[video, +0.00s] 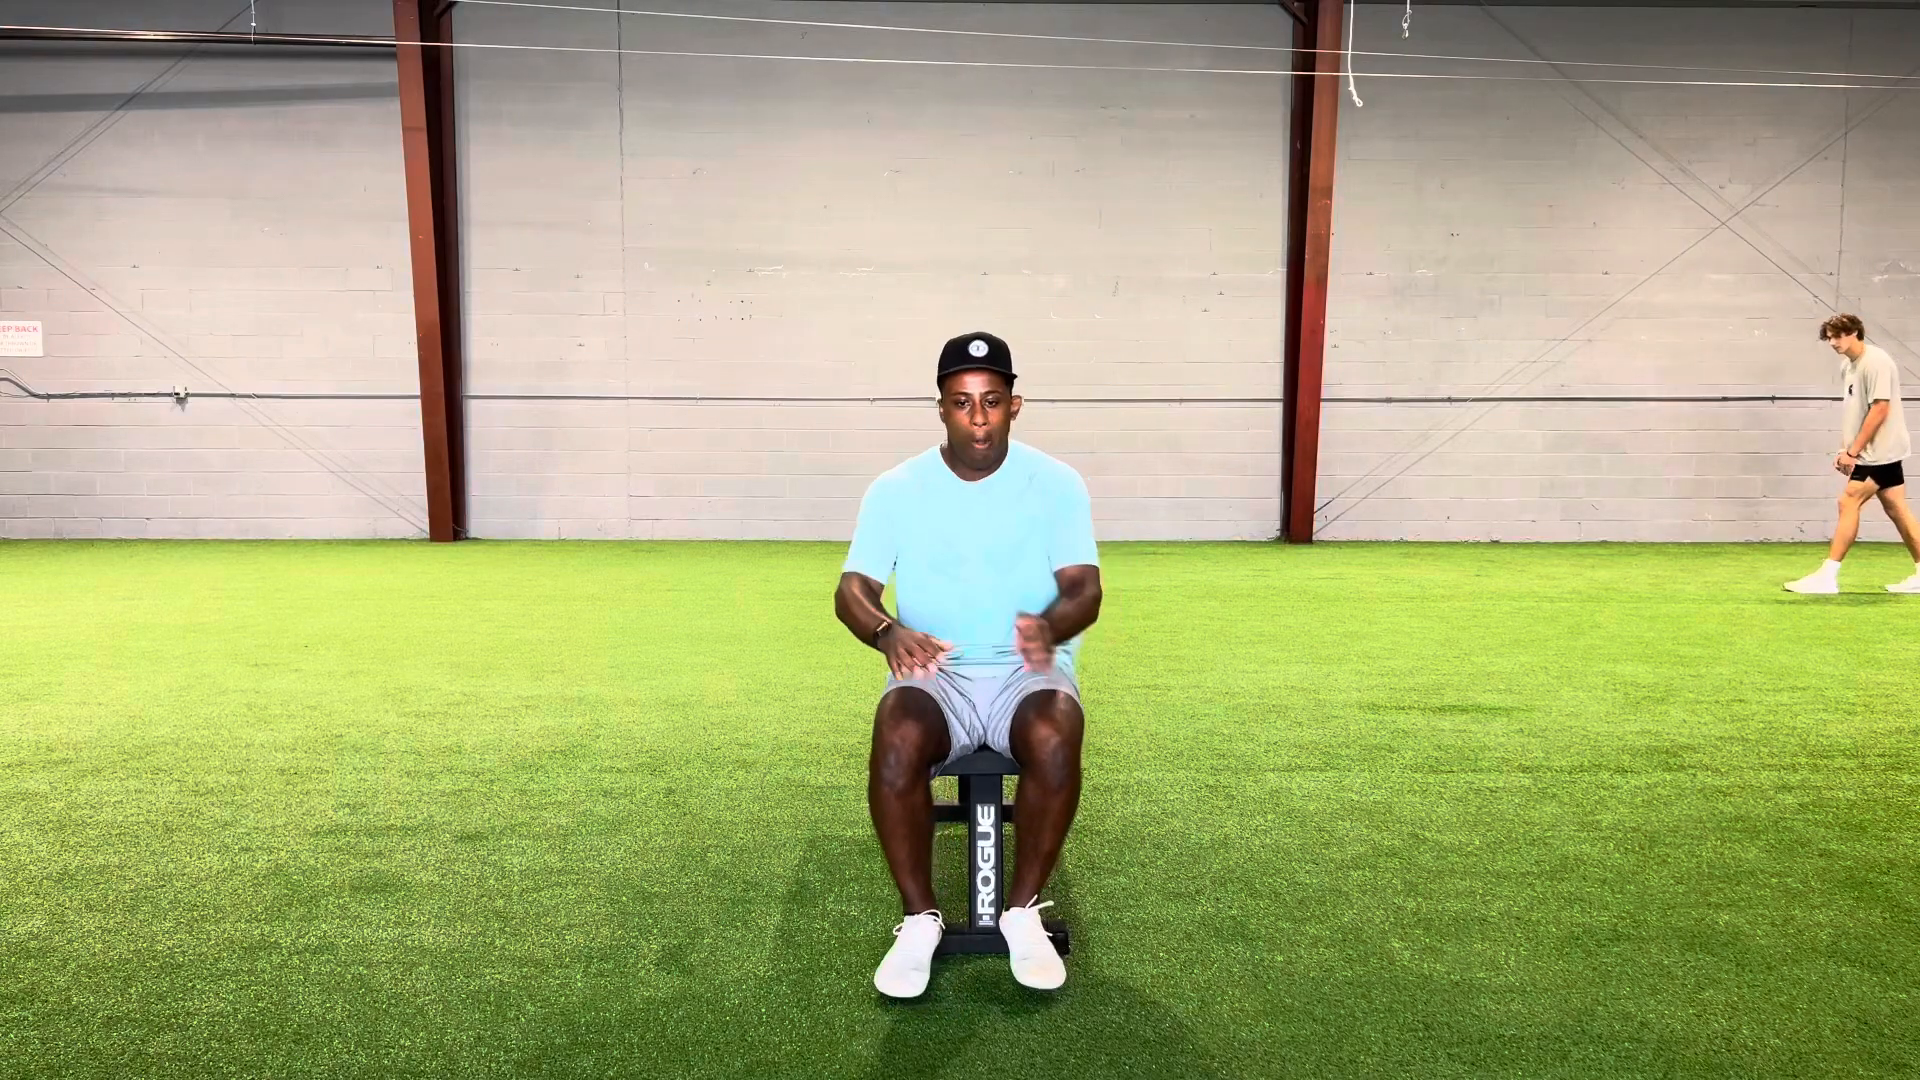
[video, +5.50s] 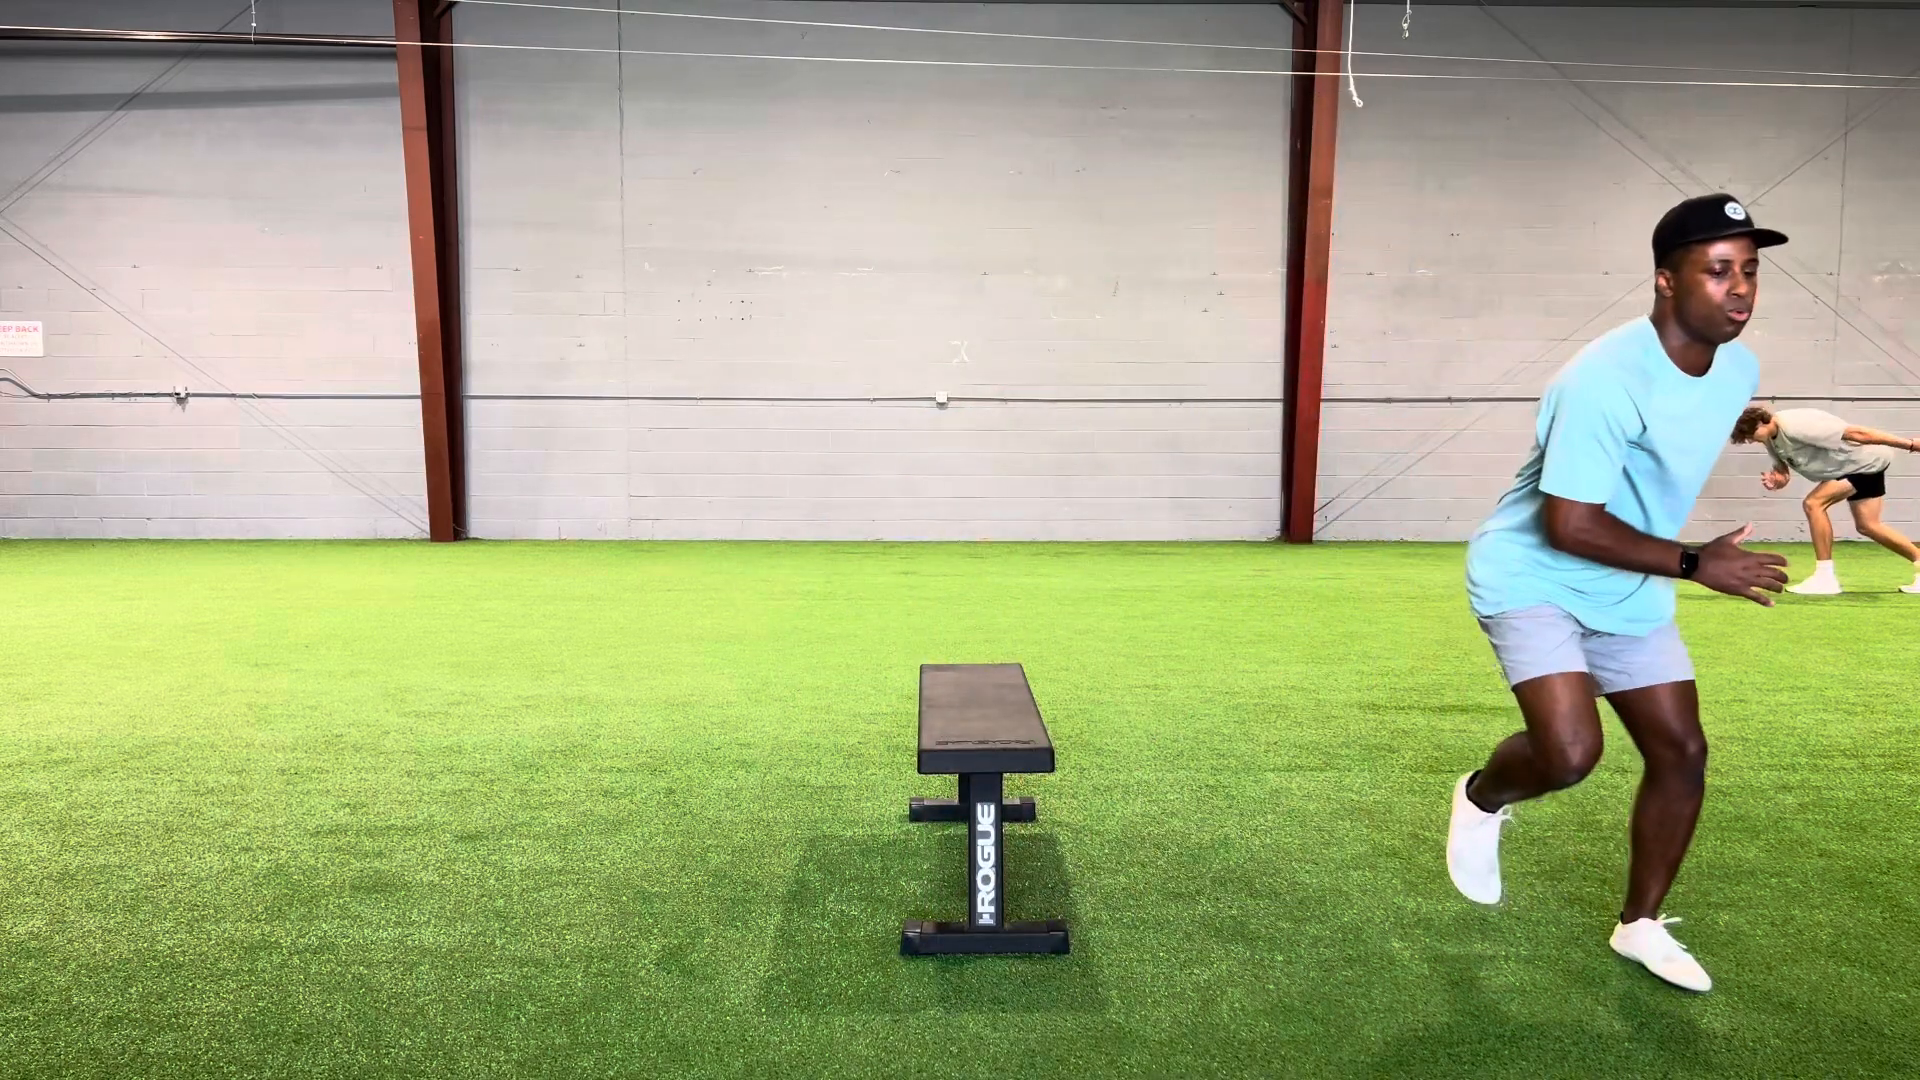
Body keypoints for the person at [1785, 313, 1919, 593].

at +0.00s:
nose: (1833, 344)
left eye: (1837, 337)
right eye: (1830, 339)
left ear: (1854, 334)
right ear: (1832, 342)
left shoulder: (1876, 361)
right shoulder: (1849, 366)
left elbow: (1880, 411)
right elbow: (1856, 412)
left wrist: (1853, 451)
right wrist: (1846, 450)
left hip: (1881, 453)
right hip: (1876, 452)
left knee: (1848, 503)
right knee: (1898, 510)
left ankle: (1828, 574)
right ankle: (1919, 571)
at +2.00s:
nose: (1857, 343)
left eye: (1859, 336)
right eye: (1855, 338)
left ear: (1876, 330)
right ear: (1869, 334)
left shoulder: (1899, 357)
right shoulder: (1875, 359)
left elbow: (1902, 408)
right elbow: (1872, 409)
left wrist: (1876, 449)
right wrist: (1858, 447)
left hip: (1881, 452)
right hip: (1873, 452)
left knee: (1858, 506)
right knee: (1890, 510)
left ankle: (1828, 575)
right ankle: (1919, 570)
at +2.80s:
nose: (1836, 348)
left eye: (1839, 341)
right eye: (1831, 345)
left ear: (1852, 336)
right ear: (1829, 347)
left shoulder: (1873, 361)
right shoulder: (1843, 369)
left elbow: (1884, 409)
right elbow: (1848, 412)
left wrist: (1857, 450)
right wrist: (1837, 445)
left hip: (1881, 450)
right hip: (1871, 450)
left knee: (1841, 501)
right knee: (1894, 511)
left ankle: (1826, 574)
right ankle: (1919, 571)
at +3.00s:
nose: (1808, 361)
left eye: (1811, 354)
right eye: (1803, 358)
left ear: (1825, 347)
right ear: (1801, 358)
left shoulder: (1845, 370)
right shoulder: (1816, 378)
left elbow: (1858, 418)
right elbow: (1823, 416)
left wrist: (1843, 457)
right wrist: (1826, 449)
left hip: (1875, 448)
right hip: (1866, 449)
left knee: (1837, 501)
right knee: (1889, 509)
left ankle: (1826, 574)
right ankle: (1919, 567)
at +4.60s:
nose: (1775, 384)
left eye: (1777, 377)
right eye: (1772, 379)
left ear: (1792, 370)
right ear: (1788, 373)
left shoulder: (1823, 386)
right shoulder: (1796, 396)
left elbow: (1850, 427)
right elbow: (1811, 431)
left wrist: (1835, 471)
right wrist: (1814, 463)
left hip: (1869, 454)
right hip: (1863, 456)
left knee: (1822, 502)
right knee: (1885, 514)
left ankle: (1826, 576)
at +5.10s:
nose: (1762, 408)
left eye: (1760, 403)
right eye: (1758, 405)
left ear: (1770, 391)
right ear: (1769, 394)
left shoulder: (1807, 399)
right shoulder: (1784, 414)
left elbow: (1847, 430)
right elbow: (1800, 445)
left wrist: (1875, 470)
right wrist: (1796, 469)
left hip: (1862, 462)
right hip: (1853, 462)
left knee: (1817, 503)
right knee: (1881, 518)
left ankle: (1825, 577)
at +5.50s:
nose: (1753, 441)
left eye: (1751, 436)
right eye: (1749, 439)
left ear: (1760, 423)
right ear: (1757, 426)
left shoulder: (1795, 428)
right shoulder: (1771, 437)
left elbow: (1855, 434)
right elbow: (1782, 469)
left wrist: (1908, 444)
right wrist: (1777, 481)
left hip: (1864, 463)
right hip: (1861, 464)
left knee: (1814, 504)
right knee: (1868, 525)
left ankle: (1825, 577)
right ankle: (1919, 559)